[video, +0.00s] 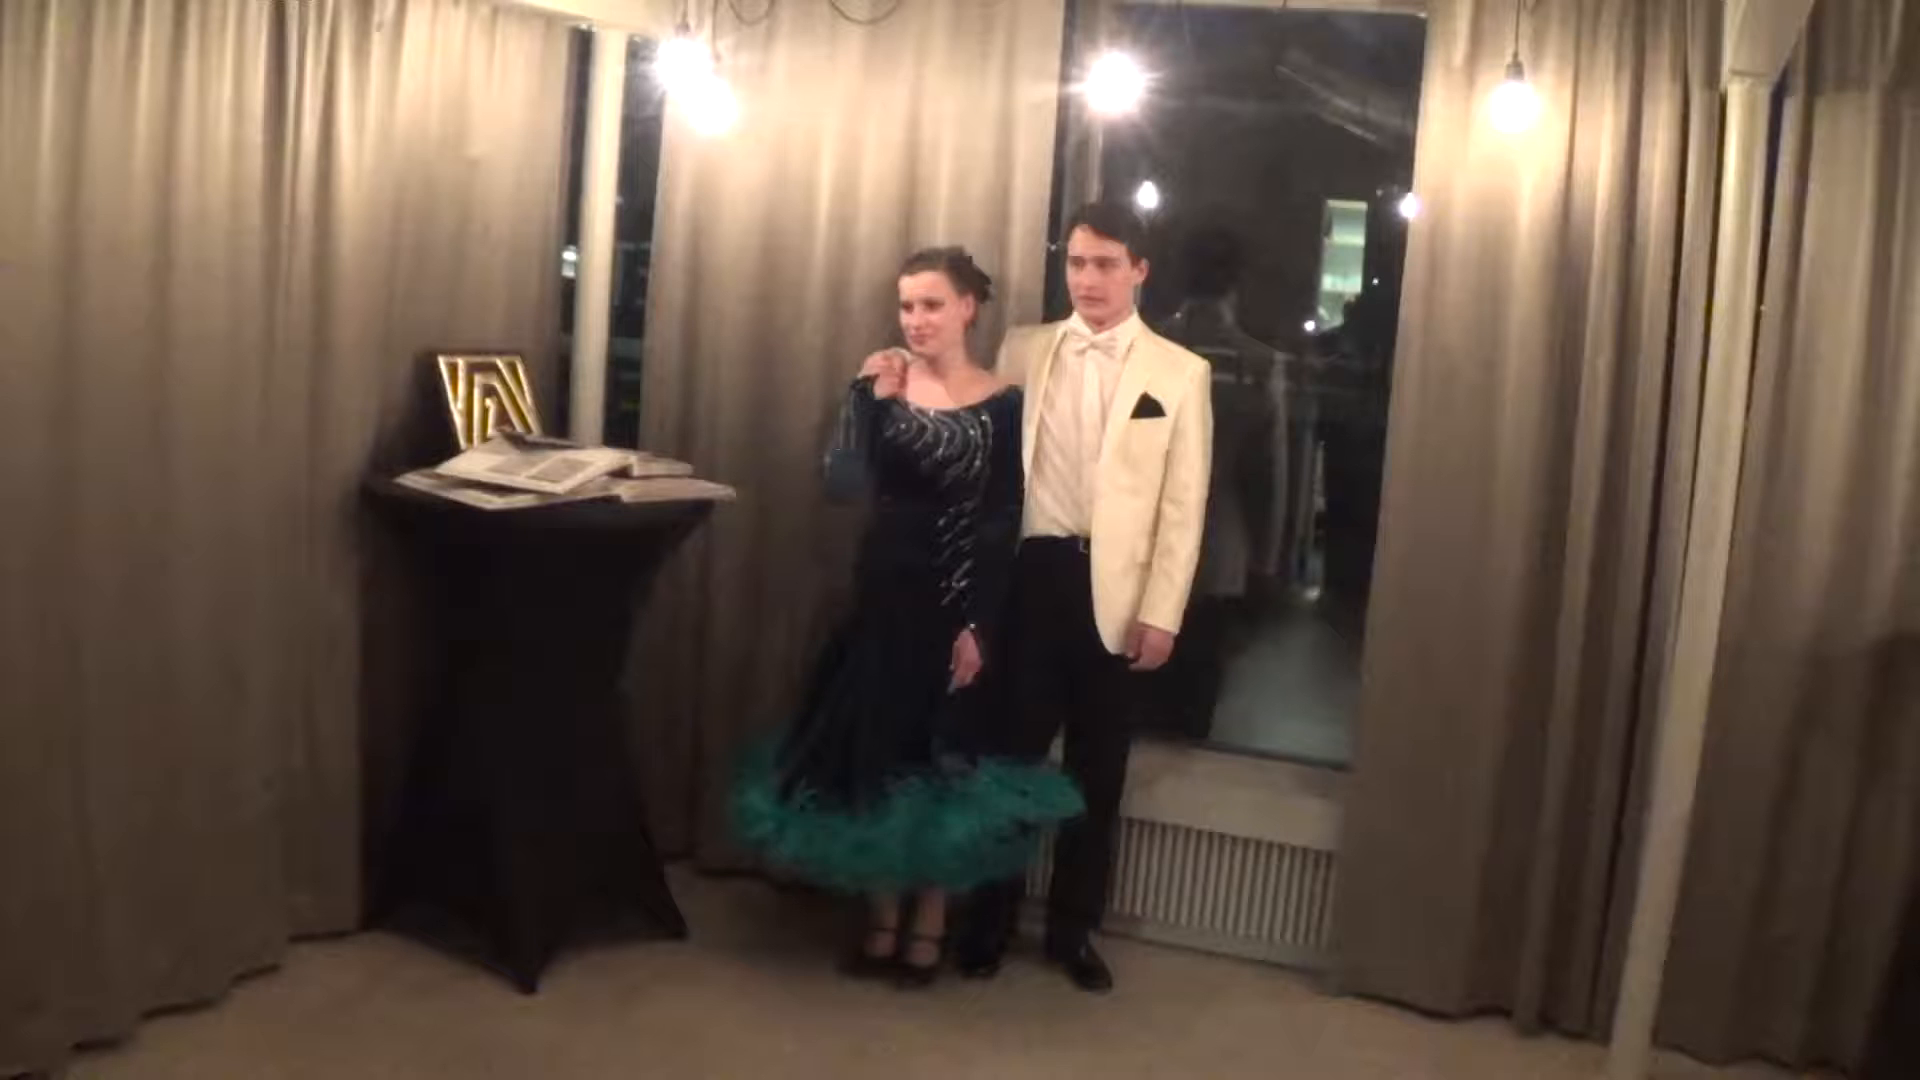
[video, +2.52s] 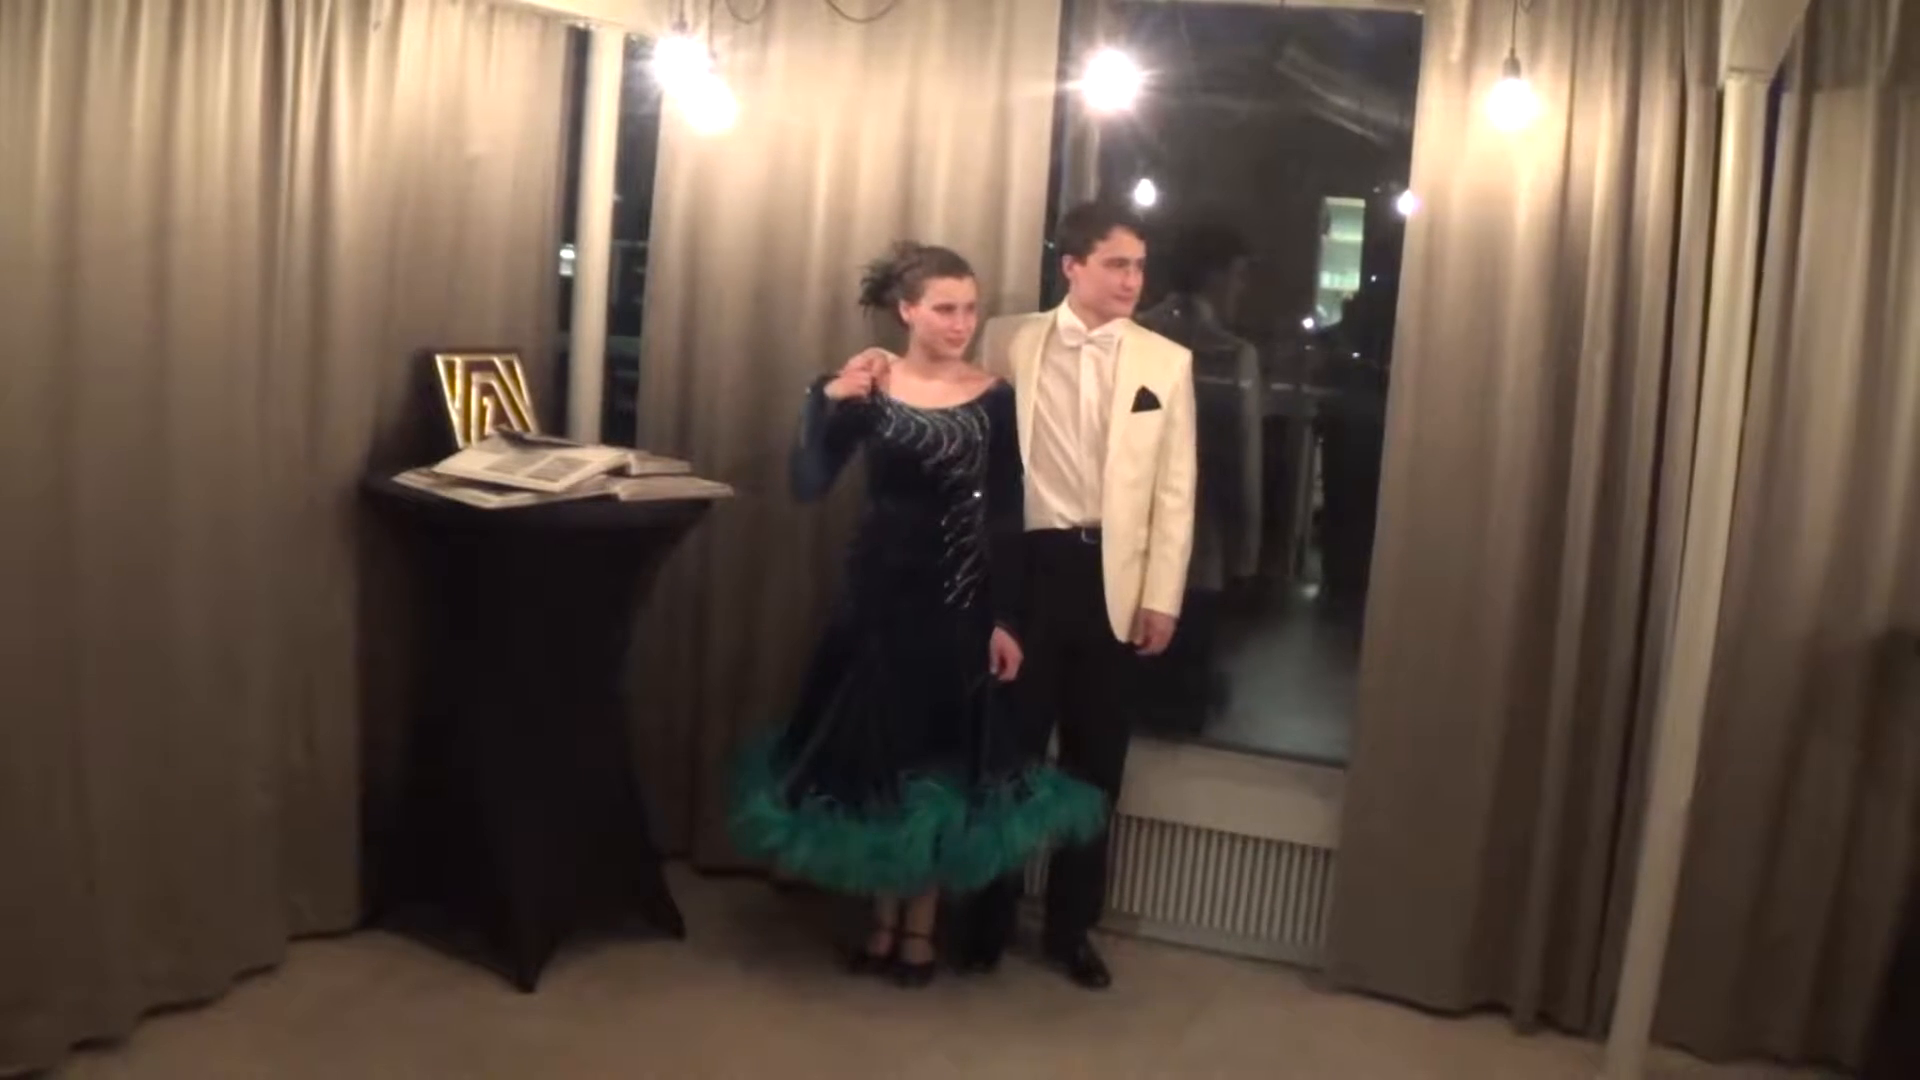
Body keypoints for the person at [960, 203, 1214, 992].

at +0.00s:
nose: (1087, 278)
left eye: (1104, 264)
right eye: (1076, 262)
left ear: (1139, 273)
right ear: (1063, 268)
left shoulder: (1182, 374)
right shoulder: (1027, 351)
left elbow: (1184, 504)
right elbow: (966, 410)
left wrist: (1163, 611)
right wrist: (902, 368)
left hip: (1114, 585)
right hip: (1026, 573)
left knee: (1097, 772)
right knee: (1010, 749)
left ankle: (1073, 932)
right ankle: (984, 926)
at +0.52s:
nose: (1083, 277)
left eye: (1100, 262)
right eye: (1073, 261)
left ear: (1138, 271)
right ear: (1061, 266)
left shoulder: (1181, 373)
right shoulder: (1026, 350)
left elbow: (1183, 503)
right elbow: (985, 460)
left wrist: (1162, 610)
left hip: (1113, 585)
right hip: (1024, 572)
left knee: (1096, 772)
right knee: (1007, 749)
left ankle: (1073, 931)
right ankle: (983, 925)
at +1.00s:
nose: (1088, 275)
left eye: (1104, 260)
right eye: (1076, 259)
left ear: (1136, 269)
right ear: (1060, 266)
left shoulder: (1179, 371)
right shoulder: (1023, 348)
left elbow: (1180, 502)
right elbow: (981, 453)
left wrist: (1160, 609)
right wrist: (898, 369)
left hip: (1112, 584)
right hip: (1023, 572)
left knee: (1096, 769)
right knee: (1008, 747)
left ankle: (1073, 930)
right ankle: (985, 924)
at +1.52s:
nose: (1124, 282)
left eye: (1136, 270)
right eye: (1110, 266)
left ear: (1149, 281)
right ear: (1071, 270)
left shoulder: (1177, 371)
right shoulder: (1021, 343)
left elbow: (1181, 499)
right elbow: (973, 439)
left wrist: (1163, 604)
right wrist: (891, 371)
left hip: (1114, 581)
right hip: (1023, 568)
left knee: (1098, 763)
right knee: (1010, 745)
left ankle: (1072, 929)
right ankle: (984, 922)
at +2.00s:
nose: (1134, 283)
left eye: (1143, 270)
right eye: (1119, 267)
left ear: (1150, 280)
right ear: (1074, 270)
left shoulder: (1172, 369)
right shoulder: (1015, 344)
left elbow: (1179, 496)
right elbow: (973, 456)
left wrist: (1164, 600)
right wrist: (966, 568)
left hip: (1113, 578)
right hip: (1021, 568)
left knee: (1098, 760)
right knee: (1008, 742)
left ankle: (1074, 929)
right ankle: (982, 923)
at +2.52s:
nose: (1132, 280)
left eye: (1140, 267)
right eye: (1117, 264)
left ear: (1145, 276)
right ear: (1070, 268)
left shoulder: (1167, 363)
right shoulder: (1011, 342)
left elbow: (1176, 490)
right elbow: (971, 456)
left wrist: (1163, 596)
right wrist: (963, 565)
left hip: (1111, 575)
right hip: (1020, 566)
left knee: (1097, 758)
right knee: (1007, 742)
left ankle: (1072, 928)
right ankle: (982, 922)